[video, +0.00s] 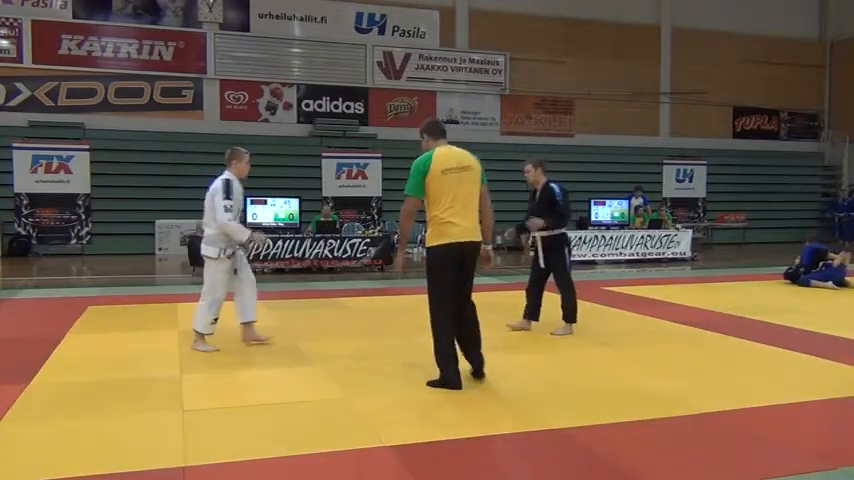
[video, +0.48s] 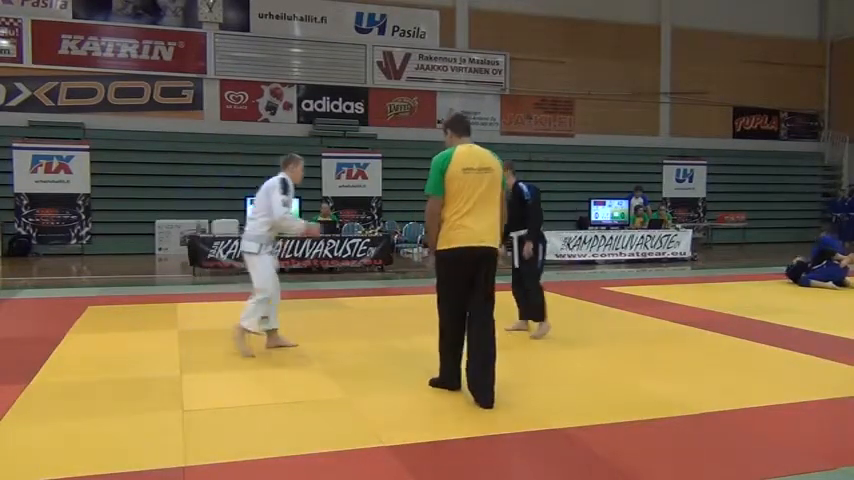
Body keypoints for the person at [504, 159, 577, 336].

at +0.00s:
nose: (526, 176)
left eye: (528, 172)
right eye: (525, 173)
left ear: (539, 171)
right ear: (530, 174)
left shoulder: (554, 189)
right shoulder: (534, 193)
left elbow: (563, 218)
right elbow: (532, 220)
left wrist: (544, 222)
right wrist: (517, 230)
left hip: (557, 243)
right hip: (541, 243)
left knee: (564, 282)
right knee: (535, 282)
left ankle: (569, 323)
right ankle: (527, 319)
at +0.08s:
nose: (520, 178)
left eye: (522, 174)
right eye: (519, 175)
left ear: (533, 172)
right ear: (527, 174)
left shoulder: (549, 190)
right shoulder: (529, 194)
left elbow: (558, 217)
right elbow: (522, 218)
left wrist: (540, 223)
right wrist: (511, 234)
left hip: (553, 242)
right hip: (537, 243)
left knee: (560, 282)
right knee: (531, 284)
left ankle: (567, 323)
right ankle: (526, 320)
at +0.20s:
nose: (512, 179)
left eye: (514, 175)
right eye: (511, 175)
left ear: (524, 172)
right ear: (519, 174)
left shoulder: (540, 189)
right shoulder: (522, 193)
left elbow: (545, 217)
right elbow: (514, 220)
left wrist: (535, 236)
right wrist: (499, 241)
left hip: (546, 239)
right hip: (531, 240)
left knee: (550, 280)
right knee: (526, 281)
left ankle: (564, 321)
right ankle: (525, 320)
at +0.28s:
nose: (506, 179)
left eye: (508, 175)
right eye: (505, 176)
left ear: (518, 173)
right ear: (515, 175)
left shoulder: (534, 190)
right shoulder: (517, 193)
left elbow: (538, 216)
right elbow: (513, 219)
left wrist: (535, 238)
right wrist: (500, 241)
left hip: (541, 238)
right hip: (525, 239)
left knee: (543, 281)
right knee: (523, 282)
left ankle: (560, 317)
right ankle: (524, 320)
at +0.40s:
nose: (502, 178)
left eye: (503, 174)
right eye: (501, 174)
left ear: (511, 172)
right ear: (508, 173)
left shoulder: (529, 189)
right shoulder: (510, 195)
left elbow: (536, 216)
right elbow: (510, 221)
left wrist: (533, 239)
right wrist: (503, 240)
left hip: (533, 237)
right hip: (518, 239)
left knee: (535, 280)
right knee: (520, 282)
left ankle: (552, 317)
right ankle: (524, 319)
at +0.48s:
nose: (502, 180)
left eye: (503, 176)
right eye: (501, 177)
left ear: (510, 173)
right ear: (507, 174)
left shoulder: (526, 189)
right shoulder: (509, 194)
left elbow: (534, 215)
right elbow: (510, 219)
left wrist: (530, 239)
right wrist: (504, 240)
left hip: (530, 237)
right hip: (516, 238)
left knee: (531, 280)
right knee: (518, 280)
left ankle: (542, 321)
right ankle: (523, 319)